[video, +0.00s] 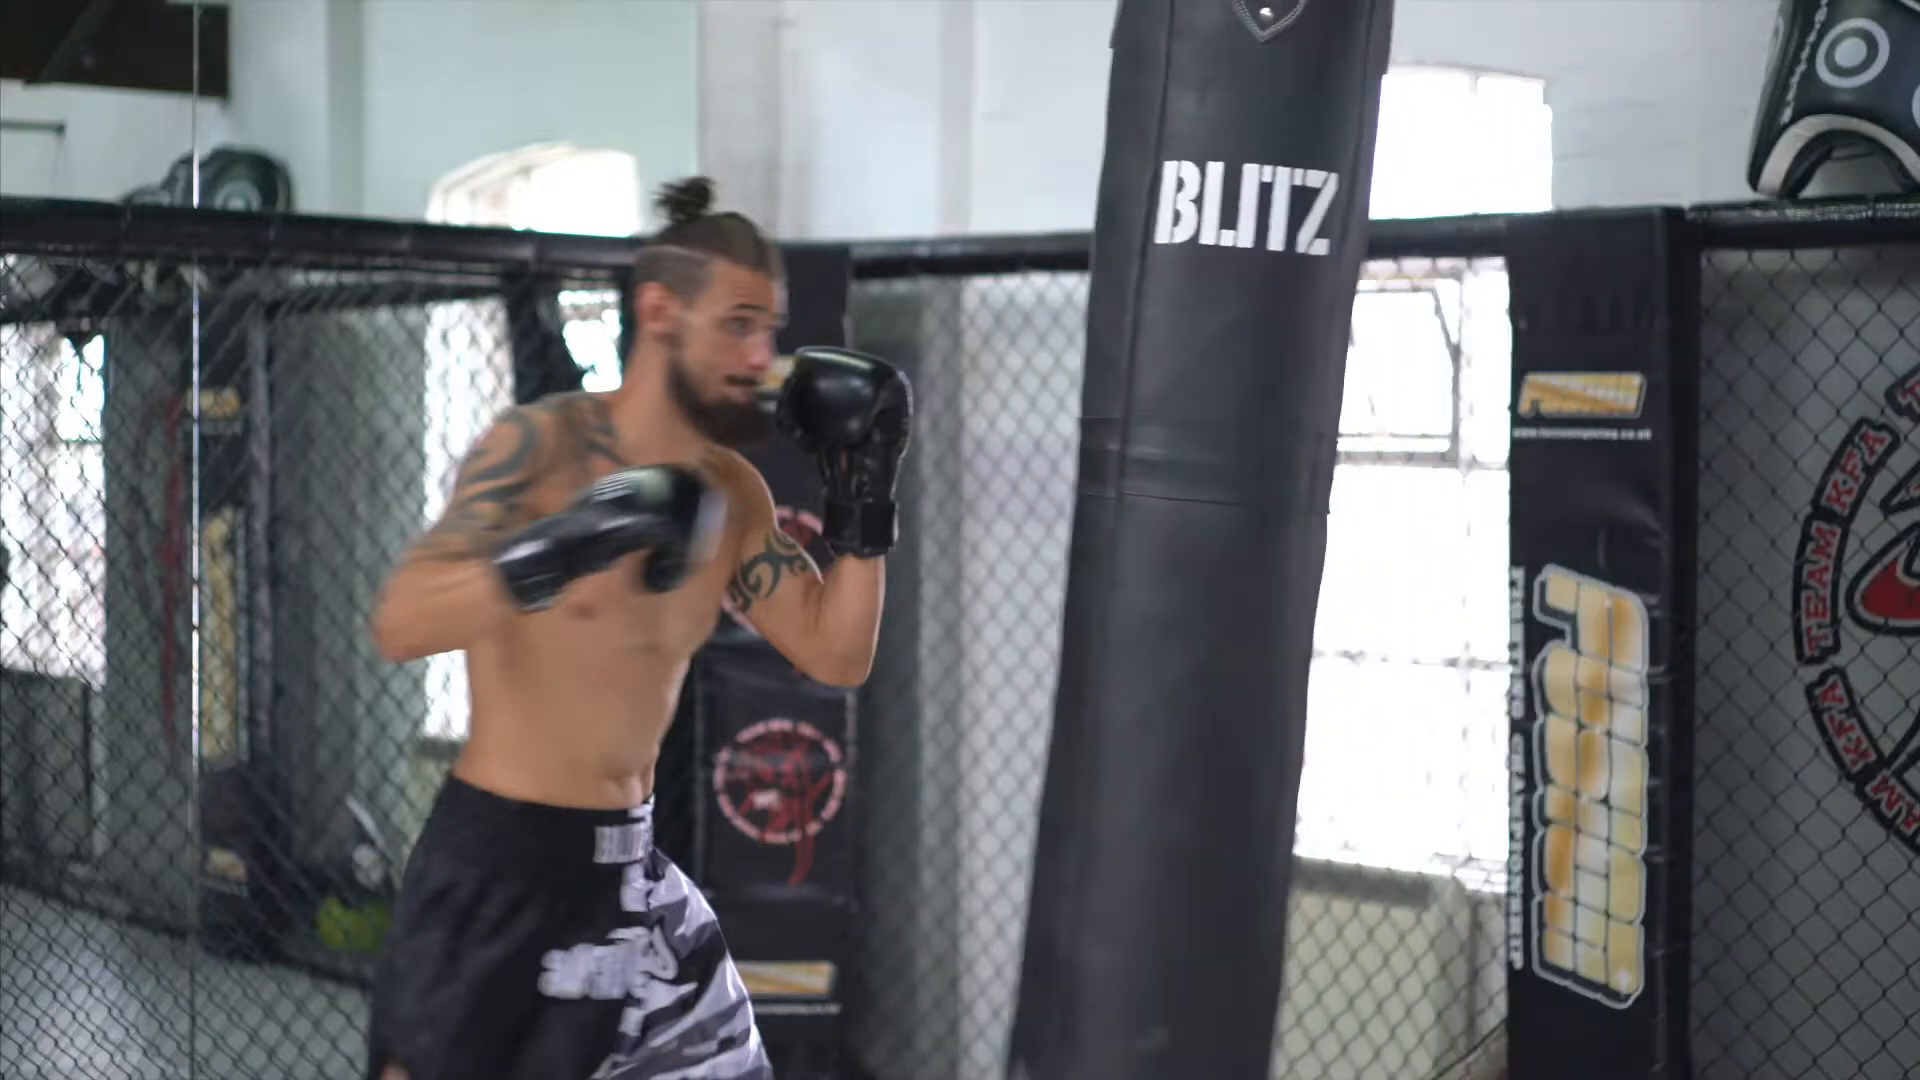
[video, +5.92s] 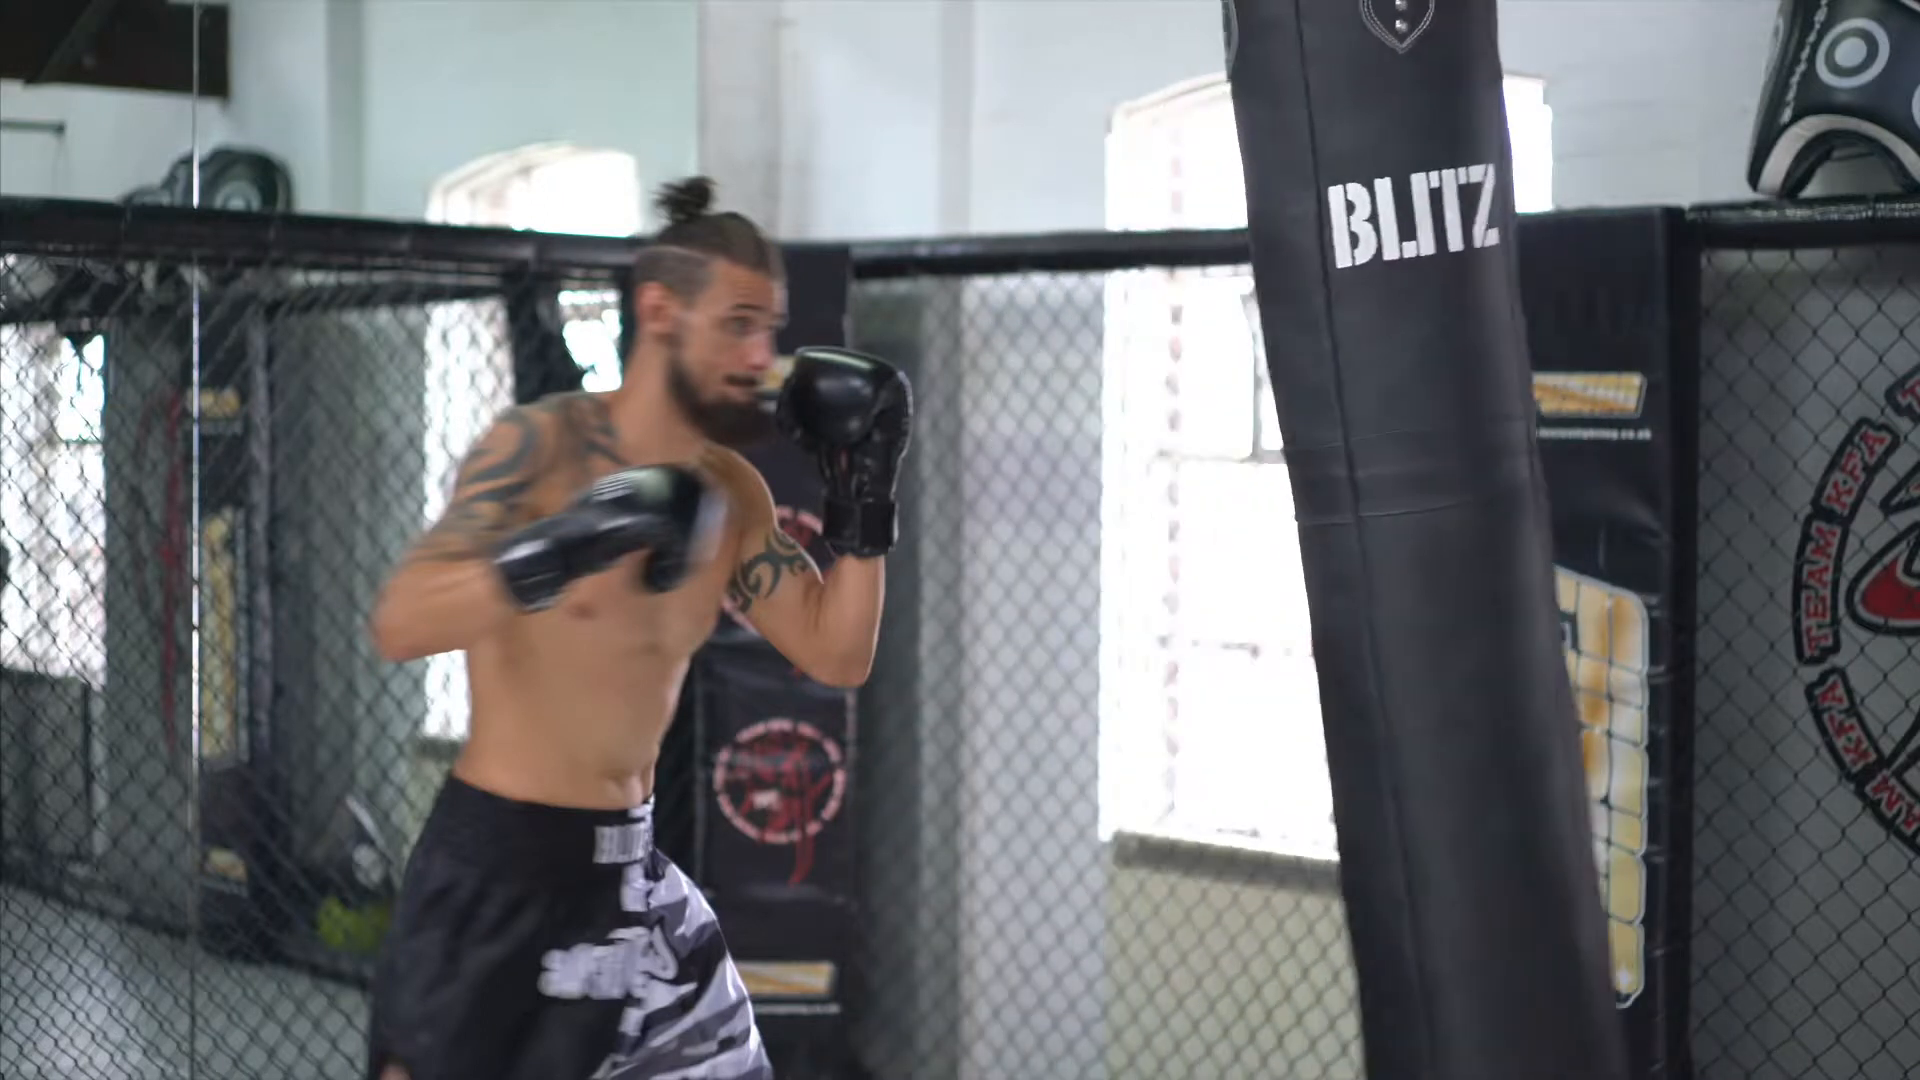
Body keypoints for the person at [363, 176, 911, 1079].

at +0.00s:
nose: (762, 358)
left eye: (772, 332)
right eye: (739, 326)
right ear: (656, 310)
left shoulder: (733, 492)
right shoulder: (539, 439)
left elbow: (839, 655)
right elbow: (401, 623)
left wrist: (865, 483)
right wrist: (568, 547)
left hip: (636, 867)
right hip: (500, 866)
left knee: (732, 1066)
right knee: (442, 1065)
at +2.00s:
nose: (762, 358)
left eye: (772, 331)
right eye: (739, 325)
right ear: (656, 310)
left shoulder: (733, 493)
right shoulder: (538, 440)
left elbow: (839, 655)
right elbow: (401, 623)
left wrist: (864, 483)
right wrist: (569, 547)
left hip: (636, 868)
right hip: (499, 866)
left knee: (732, 1066)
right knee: (442, 1065)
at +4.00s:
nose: (763, 357)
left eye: (772, 331)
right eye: (740, 325)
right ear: (656, 309)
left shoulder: (733, 492)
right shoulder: (538, 440)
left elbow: (839, 655)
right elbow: (400, 623)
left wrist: (865, 481)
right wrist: (567, 547)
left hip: (636, 867)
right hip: (500, 866)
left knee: (732, 1066)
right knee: (442, 1065)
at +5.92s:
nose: (763, 357)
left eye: (772, 331)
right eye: (739, 325)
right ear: (656, 309)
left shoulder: (733, 493)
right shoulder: (538, 441)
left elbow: (839, 655)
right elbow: (400, 623)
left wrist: (865, 480)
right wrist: (568, 546)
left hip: (636, 868)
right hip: (500, 867)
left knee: (732, 1066)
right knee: (441, 1065)